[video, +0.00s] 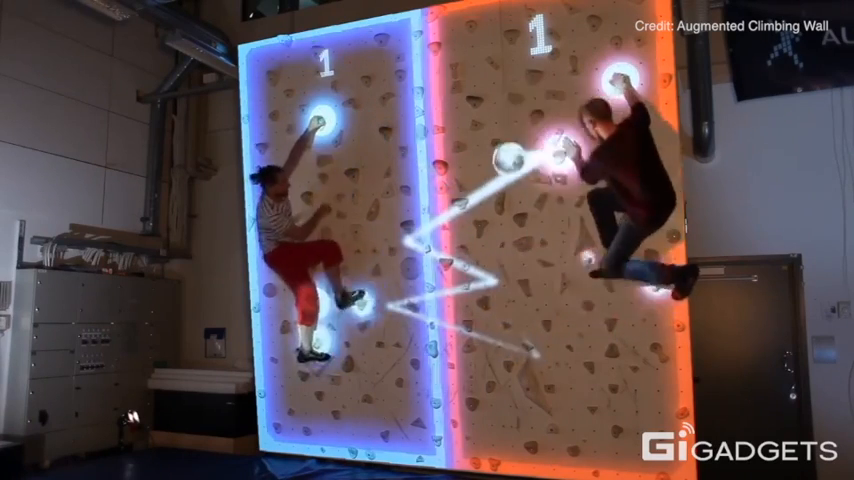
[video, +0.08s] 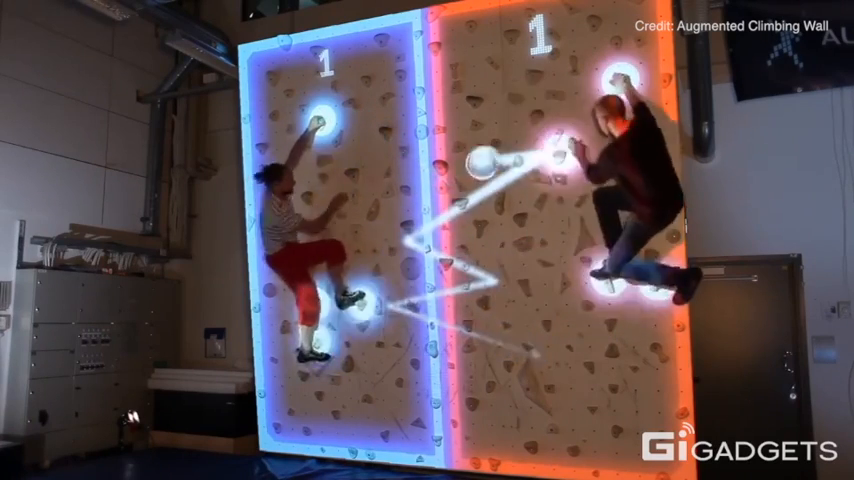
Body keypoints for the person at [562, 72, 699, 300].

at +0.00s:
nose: (588, 129)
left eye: (587, 124)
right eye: (586, 125)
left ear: (593, 123)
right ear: (609, 114)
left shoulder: (604, 154)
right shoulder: (636, 124)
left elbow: (588, 176)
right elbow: (640, 109)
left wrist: (575, 158)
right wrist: (628, 89)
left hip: (648, 212)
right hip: (665, 195)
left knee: (612, 266)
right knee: (597, 198)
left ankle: (680, 275)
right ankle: (614, 257)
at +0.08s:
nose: (600, 123)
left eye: (600, 119)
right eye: (600, 119)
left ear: (605, 121)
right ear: (625, 112)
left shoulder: (615, 152)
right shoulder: (646, 125)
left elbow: (594, 176)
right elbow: (640, 107)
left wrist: (581, 158)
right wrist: (629, 90)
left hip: (653, 212)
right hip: (673, 196)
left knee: (617, 266)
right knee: (602, 197)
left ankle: (684, 278)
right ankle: (615, 261)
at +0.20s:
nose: (602, 117)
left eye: (603, 112)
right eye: (602, 112)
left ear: (608, 116)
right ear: (627, 109)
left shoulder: (614, 146)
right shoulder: (646, 123)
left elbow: (581, 160)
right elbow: (640, 106)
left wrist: (565, 139)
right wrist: (631, 91)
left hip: (649, 211)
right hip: (666, 197)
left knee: (617, 265)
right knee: (600, 198)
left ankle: (683, 288)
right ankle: (615, 264)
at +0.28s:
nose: (590, 111)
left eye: (591, 106)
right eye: (590, 106)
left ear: (602, 107)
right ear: (617, 103)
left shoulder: (605, 135)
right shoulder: (638, 118)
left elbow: (573, 141)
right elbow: (634, 104)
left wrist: (549, 121)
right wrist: (627, 86)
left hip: (637, 206)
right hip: (655, 194)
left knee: (618, 265)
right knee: (595, 199)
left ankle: (682, 298)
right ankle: (614, 263)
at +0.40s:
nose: (570, 107)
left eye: (571, 103)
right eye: (572, 102)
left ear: (577, 104)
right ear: (596, 99)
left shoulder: (576, 133)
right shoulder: (616, 115)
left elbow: (554, 144)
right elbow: (632, 111)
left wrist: (542, 124)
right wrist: (625, 91)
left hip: (620, 202)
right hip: (641, 190)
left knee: (604, 257)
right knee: (588, 200)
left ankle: (645, 312)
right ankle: (611, 258)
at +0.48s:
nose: (562, 111)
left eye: (564, 106)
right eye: (565, 106)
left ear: (571, 108)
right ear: (588, 101)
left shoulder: (570, 139)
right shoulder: (610, 118)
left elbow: (560, 174)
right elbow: (629, 116)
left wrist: (550, 146)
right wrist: (626, 93)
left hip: (612, 205)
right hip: (637, 194)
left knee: (593, 259)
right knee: (587, 200)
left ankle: (627, 317)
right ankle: (616, 259)